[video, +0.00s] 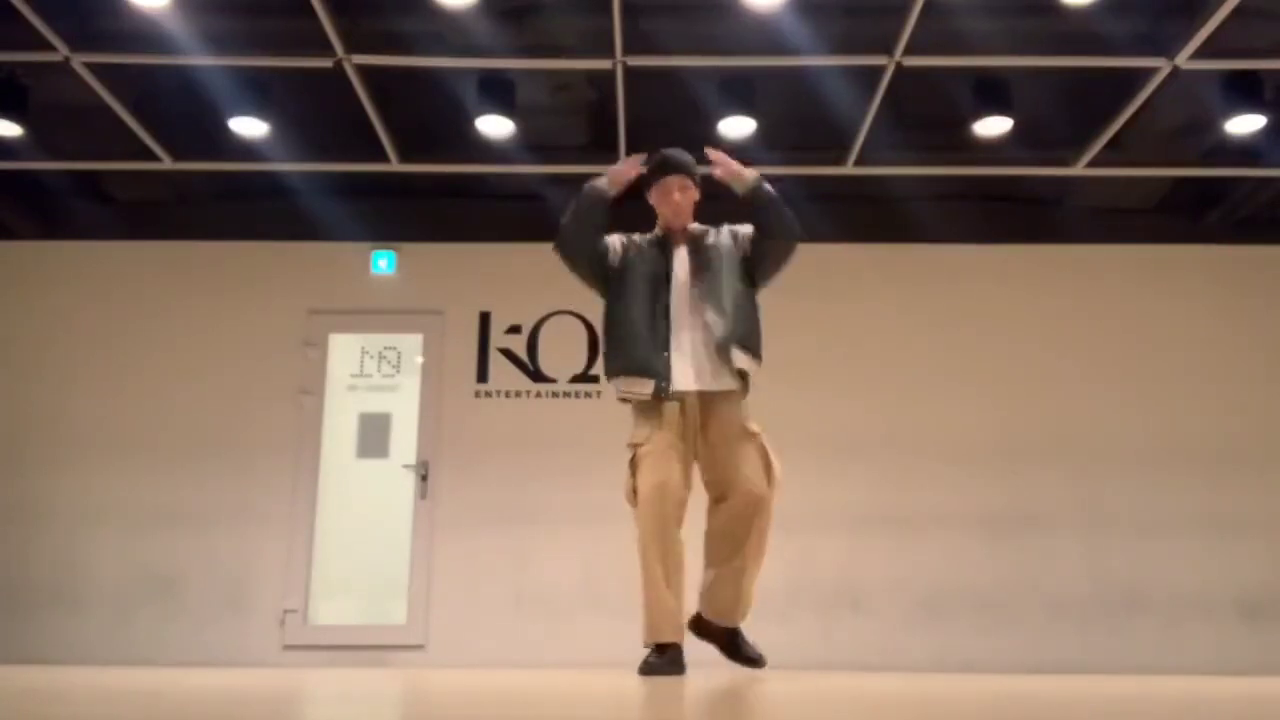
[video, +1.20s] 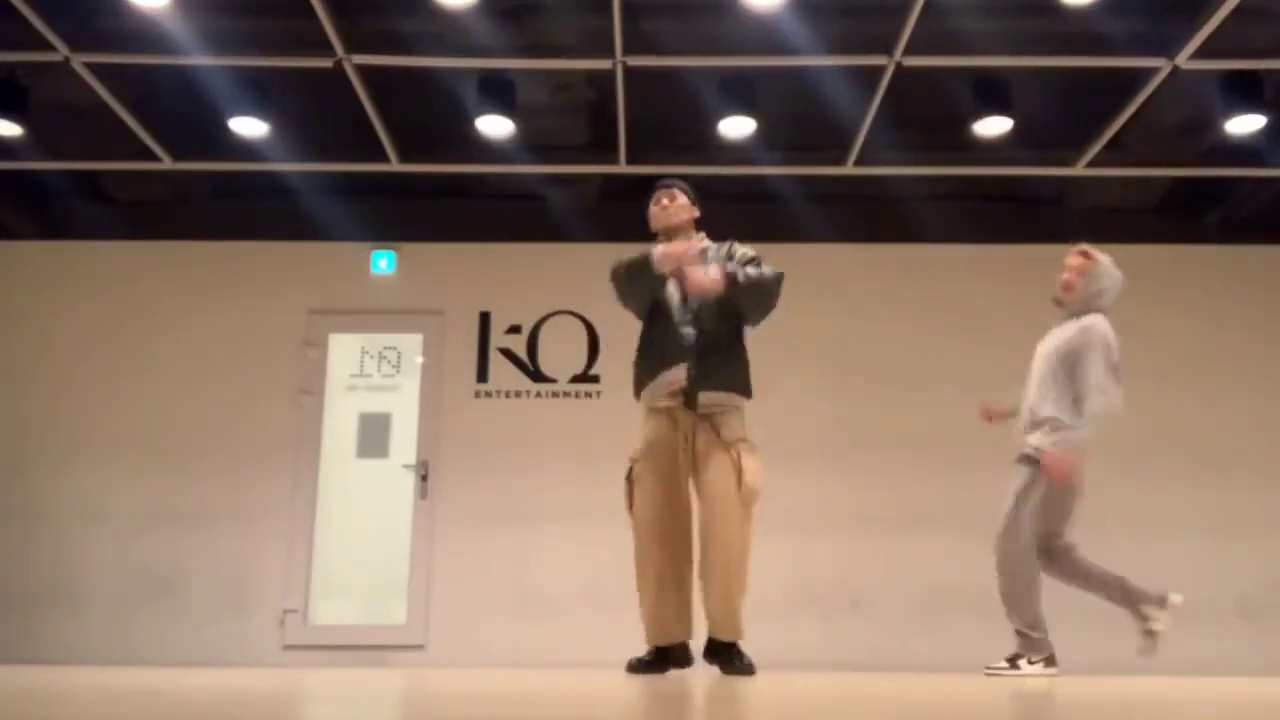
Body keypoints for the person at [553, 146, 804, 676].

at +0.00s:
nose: (678, 196)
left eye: (686, 186)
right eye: (667, 188)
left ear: (698, 195)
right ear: (649, 198)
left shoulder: (732, 246)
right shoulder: (626, 254)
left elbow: (783, 236)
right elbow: (572, 244)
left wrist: (749, 183)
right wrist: (606, 187)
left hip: (724, 399)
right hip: (658, 401)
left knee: (750, 489)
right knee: (659, 498)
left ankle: (719, 618)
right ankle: (664, 641)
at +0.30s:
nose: (670, 188)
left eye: (679, 179)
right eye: (660, 178)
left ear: (694, 187)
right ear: (643, 186)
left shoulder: (718, 239)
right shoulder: (625, 245)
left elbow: (760, 292)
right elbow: (613, 290)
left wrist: (734, 248)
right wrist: (637, 229)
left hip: (719, 391)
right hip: (652, 395)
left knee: (743, 499)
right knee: (657, 509)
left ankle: (757, 628)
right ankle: (664, 642)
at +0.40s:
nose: (671, 188)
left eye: (679, 179)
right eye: (661, 180)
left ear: (695, 188)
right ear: (646, 190)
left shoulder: (732, 246)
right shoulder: (623, 256)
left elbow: (755, 301)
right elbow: (611, 302)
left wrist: (760, 338)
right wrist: (618, 328)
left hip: (723, 395)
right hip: (655, 399)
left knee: (746, 496)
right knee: (658, 507)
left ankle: (720, 620)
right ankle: (667, 640)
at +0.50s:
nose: (673, 201)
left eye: (682, 192)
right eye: (665, 194)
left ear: (700, 202)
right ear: (652, 206)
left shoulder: (738, 265)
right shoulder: (631, 275)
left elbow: (766, 341)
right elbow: (608, 349)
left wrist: (778, 408)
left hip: (724, 418)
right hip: (650, 421)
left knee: (739, 519)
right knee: (648, 517)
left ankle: (709, 631)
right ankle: (667, 645)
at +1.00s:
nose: (715, 196)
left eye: (721, 192)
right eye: (704, 191)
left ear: (731, 212)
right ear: (684, 211)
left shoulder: (755, 273)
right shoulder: (658, 254)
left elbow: (771, 343)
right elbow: (613, 309)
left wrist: (774, 400)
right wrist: (598, 371)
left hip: (738, 415)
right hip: (672, 412)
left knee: (731, 530)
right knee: (661, 523)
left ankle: (711, 643)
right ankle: (652, 635)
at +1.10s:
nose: (679, 188)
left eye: (690, 182)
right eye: (673, 184)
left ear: (710, 199)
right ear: (664, 204)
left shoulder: (746, 253)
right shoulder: (641, 252)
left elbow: (765, 310)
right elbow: (625, 290)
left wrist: (744, 346)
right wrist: (628, 320)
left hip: (725, 405)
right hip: (662, 403)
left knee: (728, 519)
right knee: (660, 516)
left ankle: (715, 633)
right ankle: (664, 631)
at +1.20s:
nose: (666, 201)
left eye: (675, 196)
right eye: (658, 200)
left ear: (696, 212)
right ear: (650, 223)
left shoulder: (730, 253)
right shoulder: (644, 268)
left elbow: (767, 285)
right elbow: (625, 283)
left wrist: (719, 280)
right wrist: (662, 260)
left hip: (722, 409)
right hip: (660, 411)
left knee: (729, 520)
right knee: (657, 523)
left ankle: (724, 641)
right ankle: (668, 644)